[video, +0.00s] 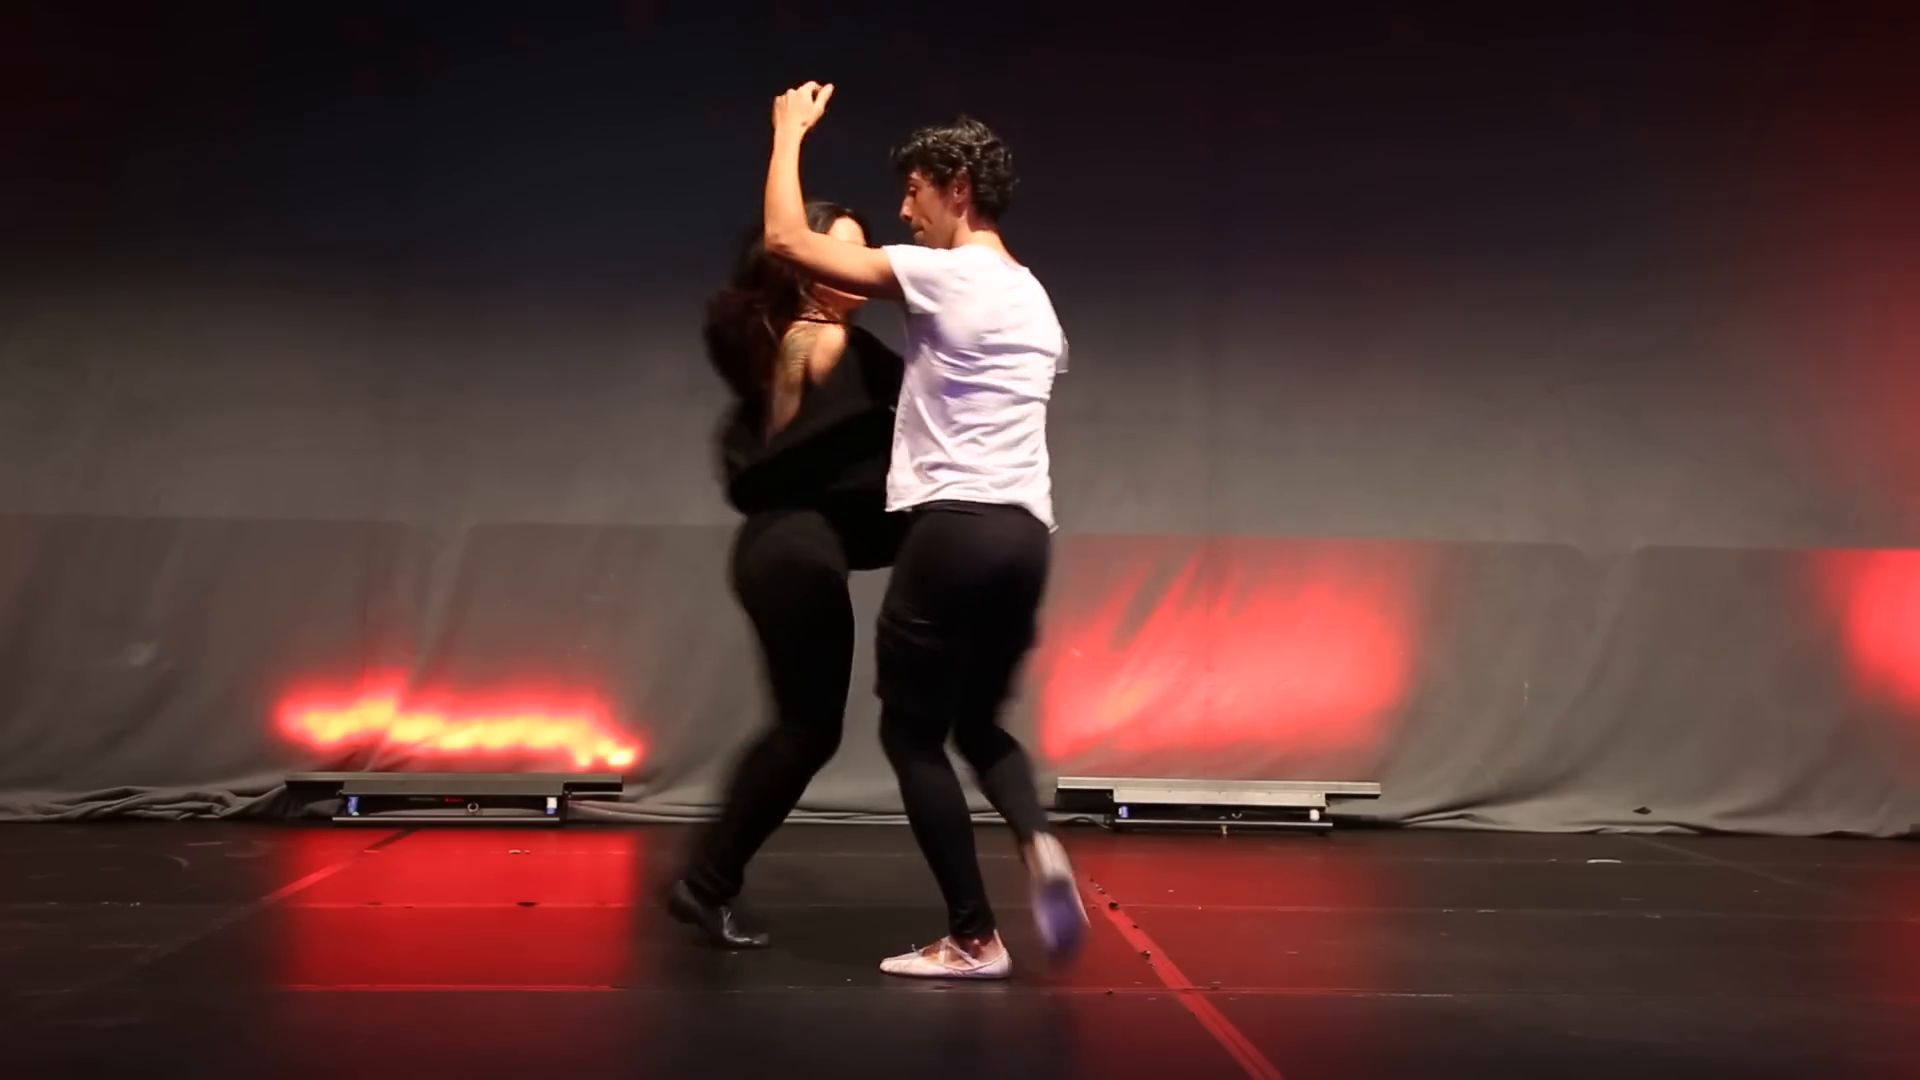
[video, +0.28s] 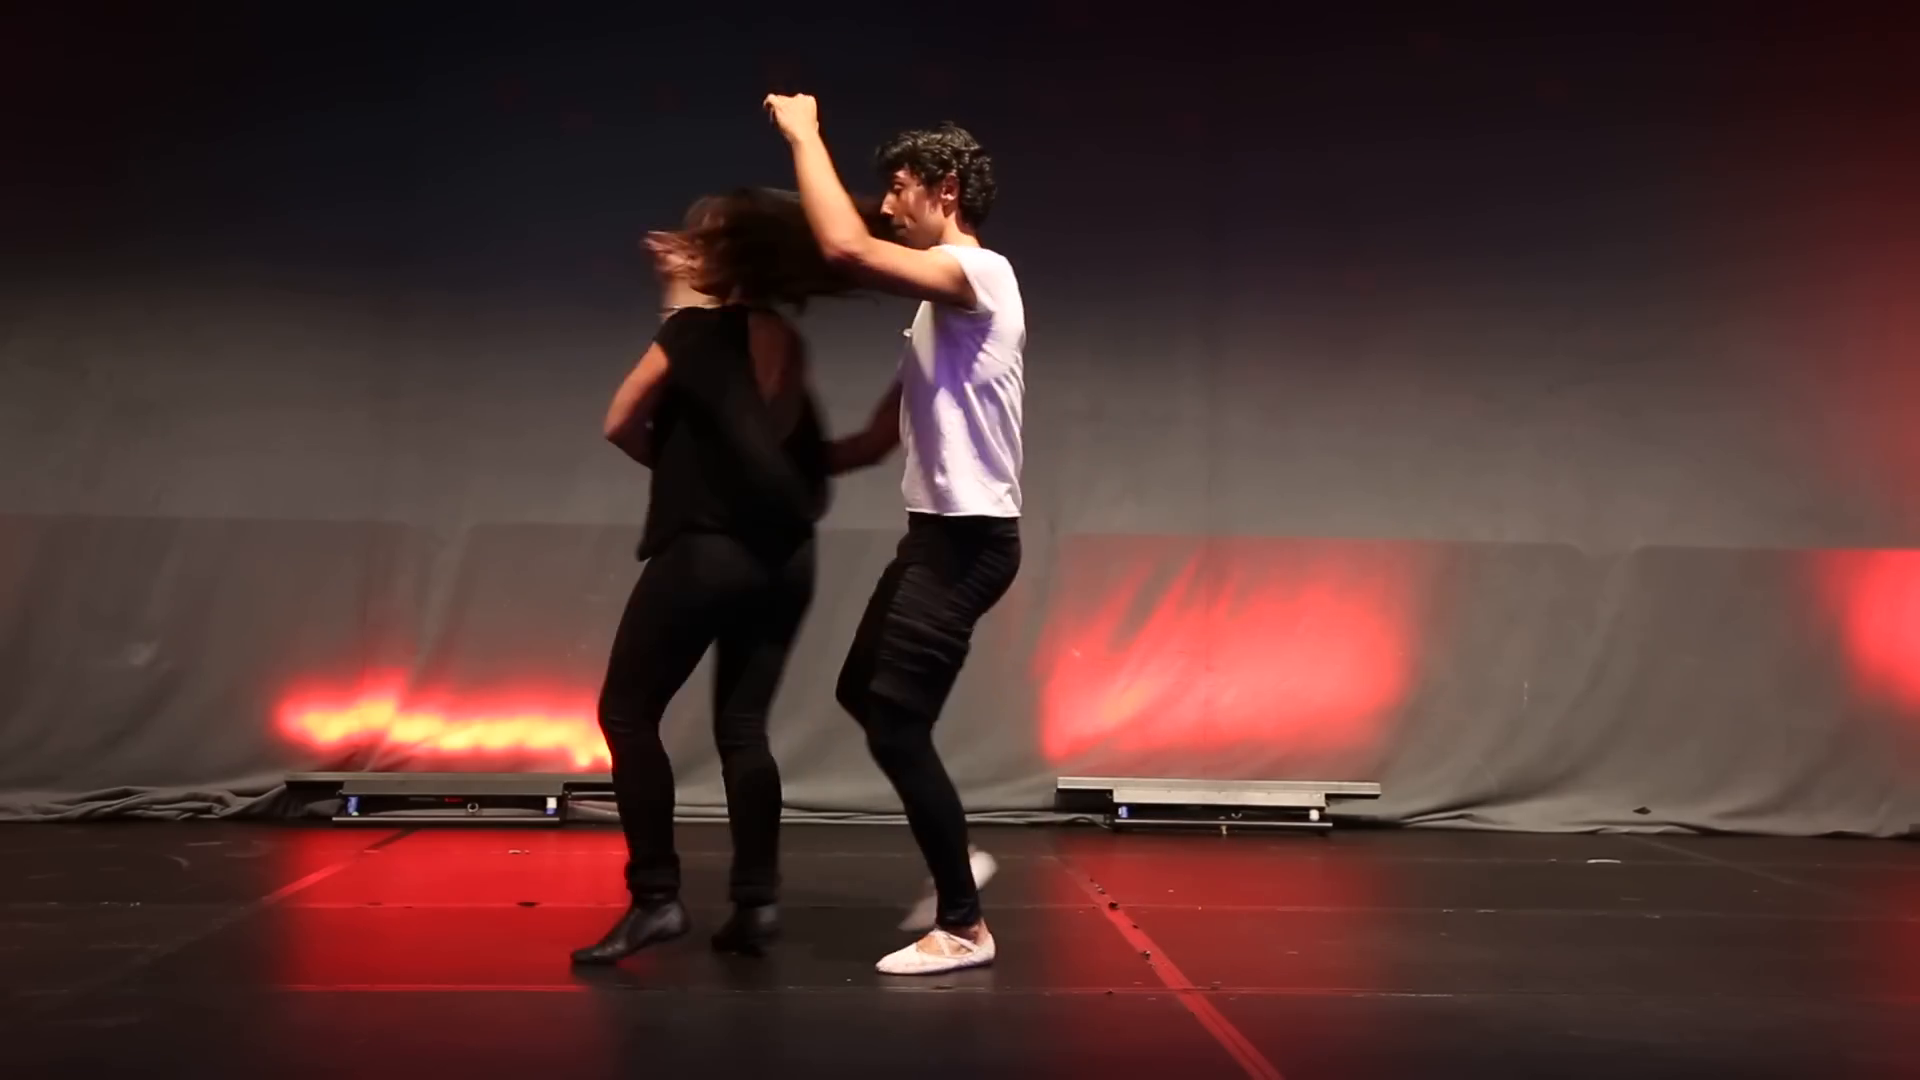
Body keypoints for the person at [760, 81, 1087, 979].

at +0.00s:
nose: (905, 209)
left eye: (914, 193)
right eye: (907, 195)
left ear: (960, 194)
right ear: (976, 196)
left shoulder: (944, 273)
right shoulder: (1036, 299)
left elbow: (788, 237)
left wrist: (787, 133)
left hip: (952, 529)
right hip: (1025, 534)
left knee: (912, 737)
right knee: (979, 720)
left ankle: (974, 938)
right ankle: (1042, 850)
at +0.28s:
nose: (885, 209)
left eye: (895, 193)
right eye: (885, 194)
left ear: (940, 193)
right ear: (935, 197)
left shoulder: (978, 273)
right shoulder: (942, 296)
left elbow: (847, 244)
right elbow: (882, 439)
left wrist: (805, 137)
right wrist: (796, 464)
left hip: (970, 534)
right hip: (938, 527)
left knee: (898, 724)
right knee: (861, 693)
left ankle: (962, 929)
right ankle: (951, 857)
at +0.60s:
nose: (844, 208)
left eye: (863, 195)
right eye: (842, 193)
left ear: (911, 212)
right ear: (843, 211)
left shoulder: (963, 301)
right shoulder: (838, 332)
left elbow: (947, 292)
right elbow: (747, 413)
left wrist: (882, 176)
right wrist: (635, 419)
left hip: (984, 536)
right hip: (916, 543)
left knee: (953, 717)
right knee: (861, 715)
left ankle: (978, 926)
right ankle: (826, 904)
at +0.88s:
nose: (790, 231)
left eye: (805, 216)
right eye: (790, 217)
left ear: (854, 226)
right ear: (817, 230)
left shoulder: (924, 322)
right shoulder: (783, 333)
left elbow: (961, 445)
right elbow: (706, 410)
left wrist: (980, 415)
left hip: (896, 551)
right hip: (826, 552)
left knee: (879, 719)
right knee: (773, 714)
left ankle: (972, 889)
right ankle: (814, 901)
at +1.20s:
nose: (778, 244)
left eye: (792, 228)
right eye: (773, 232)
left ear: (839, 232)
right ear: (777, 247)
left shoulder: (905, 332)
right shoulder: (761, 340)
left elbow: (934, 457)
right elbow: (736, 449)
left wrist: (942, 570)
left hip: (857, 560)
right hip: (772, 557)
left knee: (825, 727)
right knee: (761, 724)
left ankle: (859, 869)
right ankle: (783, 891)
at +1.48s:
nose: (757, 259)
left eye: (772, 243)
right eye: (749, 244)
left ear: (813, 246)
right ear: (737, 248)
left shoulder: (878, 332)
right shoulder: (725, 340)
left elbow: (912, 450)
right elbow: (714, 443)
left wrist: (913, 543)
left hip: (863, 550)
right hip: (767, 545)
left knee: (848, 724)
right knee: (707, 705)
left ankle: (850, 881)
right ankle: (764, 867)